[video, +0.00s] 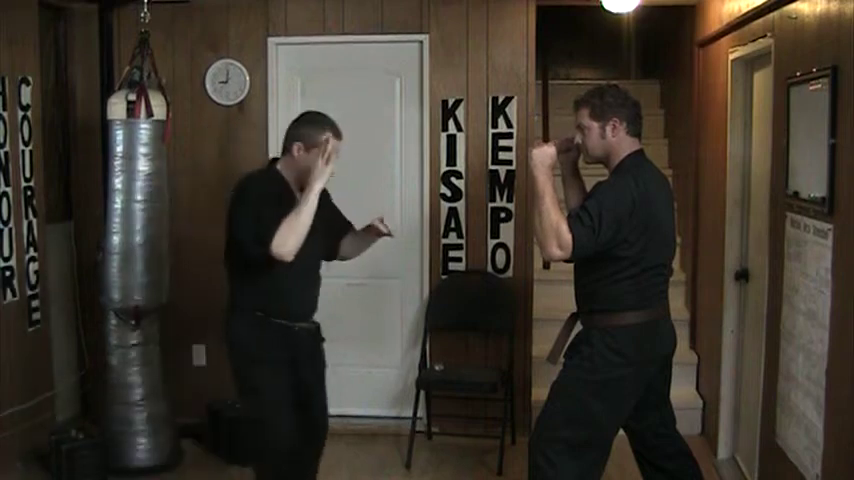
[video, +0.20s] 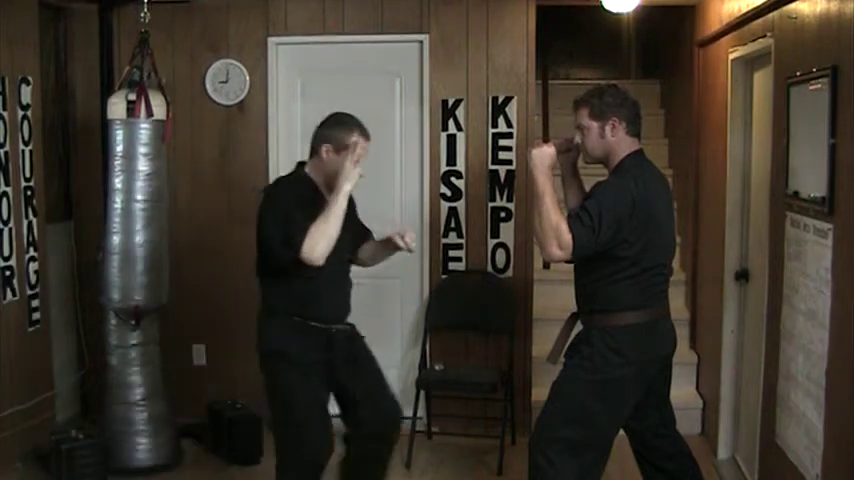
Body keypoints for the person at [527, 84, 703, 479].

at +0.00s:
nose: (580, 139)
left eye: (583, 130)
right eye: (578, 131)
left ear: (613, 128)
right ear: (618, 128)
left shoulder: (622, 186)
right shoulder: (653, 181)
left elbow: (559, 246)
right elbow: (587, 231)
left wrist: (542, 173)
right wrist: (571, 171)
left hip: (613, 342)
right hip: (651, 337)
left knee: (554, 451)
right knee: (660, 446)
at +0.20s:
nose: (578, 139)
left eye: (582, 130)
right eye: (577, 131)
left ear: (612, 127)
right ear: (617, 128)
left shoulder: (622, 186)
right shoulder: (652, 180)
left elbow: (559, 246)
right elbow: (585, 231)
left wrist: (541, 174)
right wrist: (570, 171)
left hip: (613, 342)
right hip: (652, 336)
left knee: (554, 452)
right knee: (660, 446)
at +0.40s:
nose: (576, 140)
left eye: (581, 129)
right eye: (577, 130)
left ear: (612, 128)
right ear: (615, 129)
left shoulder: (621, 187)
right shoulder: (650, 179)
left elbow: (560, 249)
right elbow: (640, 261)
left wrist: (543, 178)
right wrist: (596, 311)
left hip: (615, 341)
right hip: (651, 335)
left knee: (555, 451)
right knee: (660, 446)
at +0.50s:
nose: (576, 140)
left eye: (582, 129)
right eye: (577, 130)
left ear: (613, 128)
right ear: (615, 129)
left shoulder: (623, 187)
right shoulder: (650, 179)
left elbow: (563, 250)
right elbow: (639, 259)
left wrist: (545, 179)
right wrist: (594, 309)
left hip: (616, 341)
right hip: (651, 335)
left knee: (555, 453)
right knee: (660, 447)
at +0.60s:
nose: (578, 140)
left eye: (583, 130)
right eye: (579, 131)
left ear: (614, 129)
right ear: (618, 129)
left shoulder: (626, 187)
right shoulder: (647, 179)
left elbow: (566, 256)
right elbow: (588, 244)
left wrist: (546, 182)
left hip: (618, 342)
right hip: (651, 336)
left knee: (557, 452)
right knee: (660, 447)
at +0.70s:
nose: (578, 141)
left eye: (583, 131)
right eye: (578, 132)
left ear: (614, 130)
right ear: (617, 130)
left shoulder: (626, 188)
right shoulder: (647, 179)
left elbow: (571, 259)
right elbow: (586, 241)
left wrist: (548, 187)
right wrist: (539, 274)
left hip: (619, 342)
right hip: (652, 336)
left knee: (556, 453)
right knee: (660, 448)